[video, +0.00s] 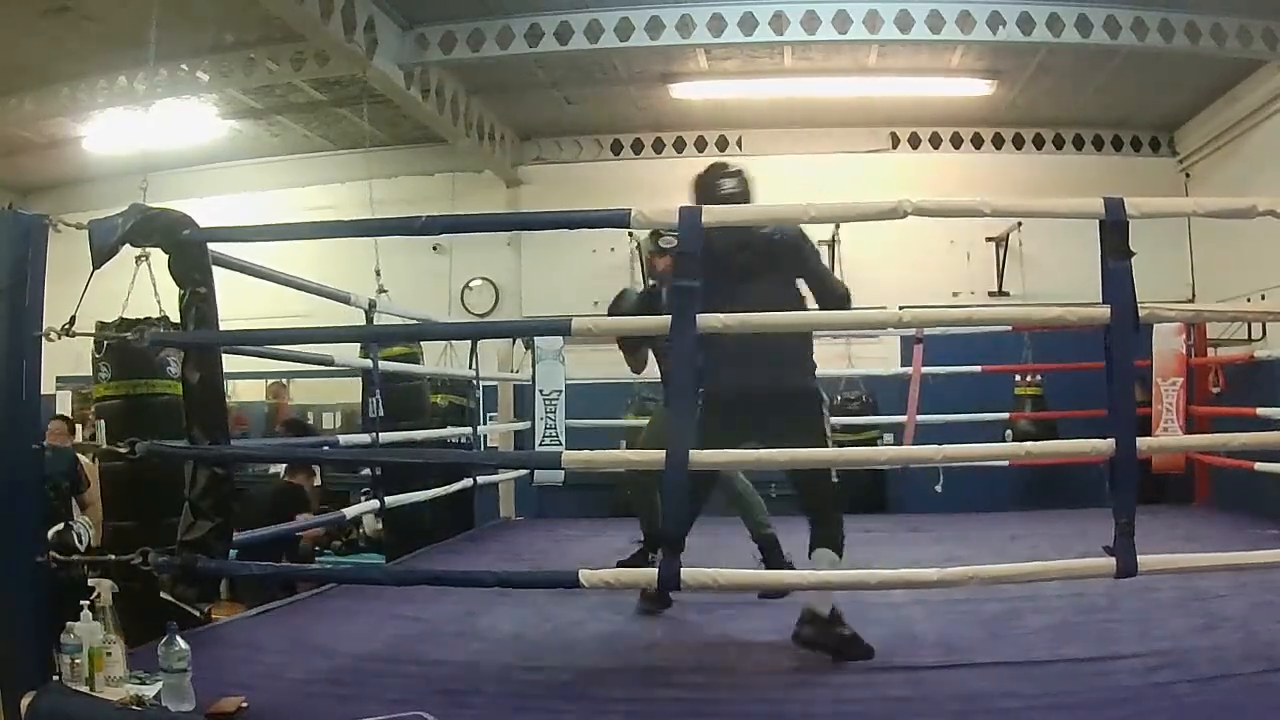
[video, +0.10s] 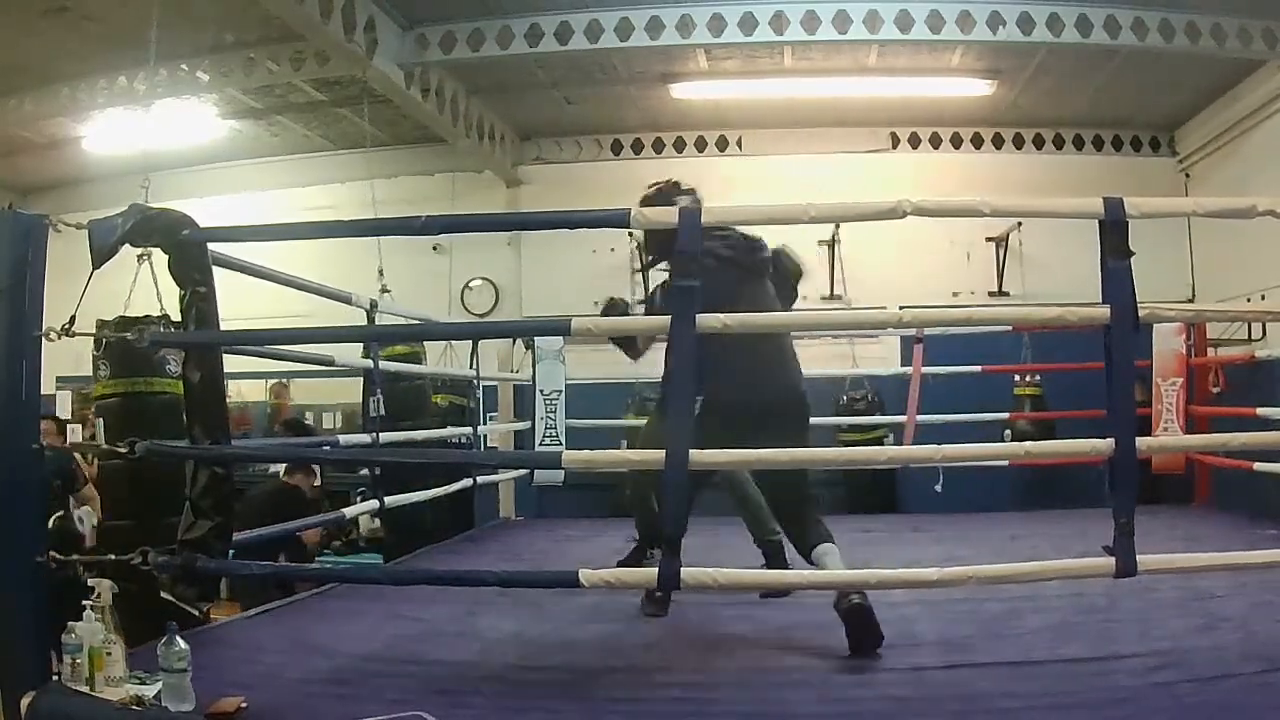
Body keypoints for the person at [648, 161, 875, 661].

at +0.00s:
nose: (731, 209)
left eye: (718, 201)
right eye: (734, 198)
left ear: (699, 206)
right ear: (751, 200)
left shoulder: (689, 251)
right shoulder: (784, 237)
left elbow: (671, 323)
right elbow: (836, 302)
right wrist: (820, 276)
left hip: (724, 403)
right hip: (791, 399)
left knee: (691, 486)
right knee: (825, 507)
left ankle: (660, 575)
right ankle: (818, 611)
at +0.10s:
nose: (644, 243)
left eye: (646, 232)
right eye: (643, 232)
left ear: (662, 232)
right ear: (698, 218)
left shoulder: (682, 277)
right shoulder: (755, 256)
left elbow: (634, 344)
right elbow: (791, 274)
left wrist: (614, 315)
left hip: (722, 409)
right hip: (786, 404)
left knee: (664, 468)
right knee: (793, 499)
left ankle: (662, 580)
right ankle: (846, 588)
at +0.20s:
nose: (636, 251)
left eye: (636, 242)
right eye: (636, 241)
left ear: (645, 245)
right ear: (691, 229)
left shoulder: (659, 282)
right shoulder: (738, 264)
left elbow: (637, 322)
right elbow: (777, 333)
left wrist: (634, 280)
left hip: (698, 407)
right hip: (769, 401)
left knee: (662, 470)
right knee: (795, 499)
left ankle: (662, 583)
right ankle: (843, 587)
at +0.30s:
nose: (652, 225)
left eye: (652, 217)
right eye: (654, 215)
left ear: (652, 220)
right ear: (700, 209)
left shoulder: (654, 272)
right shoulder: (742, 246)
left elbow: (654, 357)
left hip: (684, 415)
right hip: (751, 408)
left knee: (672, 486)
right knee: (792, 493)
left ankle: (662, 582)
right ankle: (822, 589)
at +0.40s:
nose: (672, 213)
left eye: (667, 204)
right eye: (678, 202)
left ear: (660, 204)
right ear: (707, 193)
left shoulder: (653, 257)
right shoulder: (747, 239)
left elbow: (635, 332)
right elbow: (788, 309)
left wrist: (621, 263)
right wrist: (774, 370)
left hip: (685, 407)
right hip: (749, 402)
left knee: (663, 484)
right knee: (778, 499)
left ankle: (655, 581)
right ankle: (787, 618)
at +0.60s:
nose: (715, 194)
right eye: (713, 184)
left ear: (659, 188)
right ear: (710, 186)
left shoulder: (635, 238)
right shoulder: (715, 239)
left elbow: (605, 297)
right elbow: (753, 299)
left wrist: (636, 243)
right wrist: (800, 301)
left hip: (650, 386)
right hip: (708, 384)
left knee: (653, 480)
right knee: (764, 490)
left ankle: (612, 588)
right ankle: (800, 624)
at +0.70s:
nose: (696, 187)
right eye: (693, 178)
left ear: (642, 171)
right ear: (683, 179)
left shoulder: (613, 215)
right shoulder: (677, 218)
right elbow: (715, 281)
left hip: (614, 353)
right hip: (649, 358)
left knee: (643, 465)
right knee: (703, 467)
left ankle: (603, 585)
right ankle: (743, 609)